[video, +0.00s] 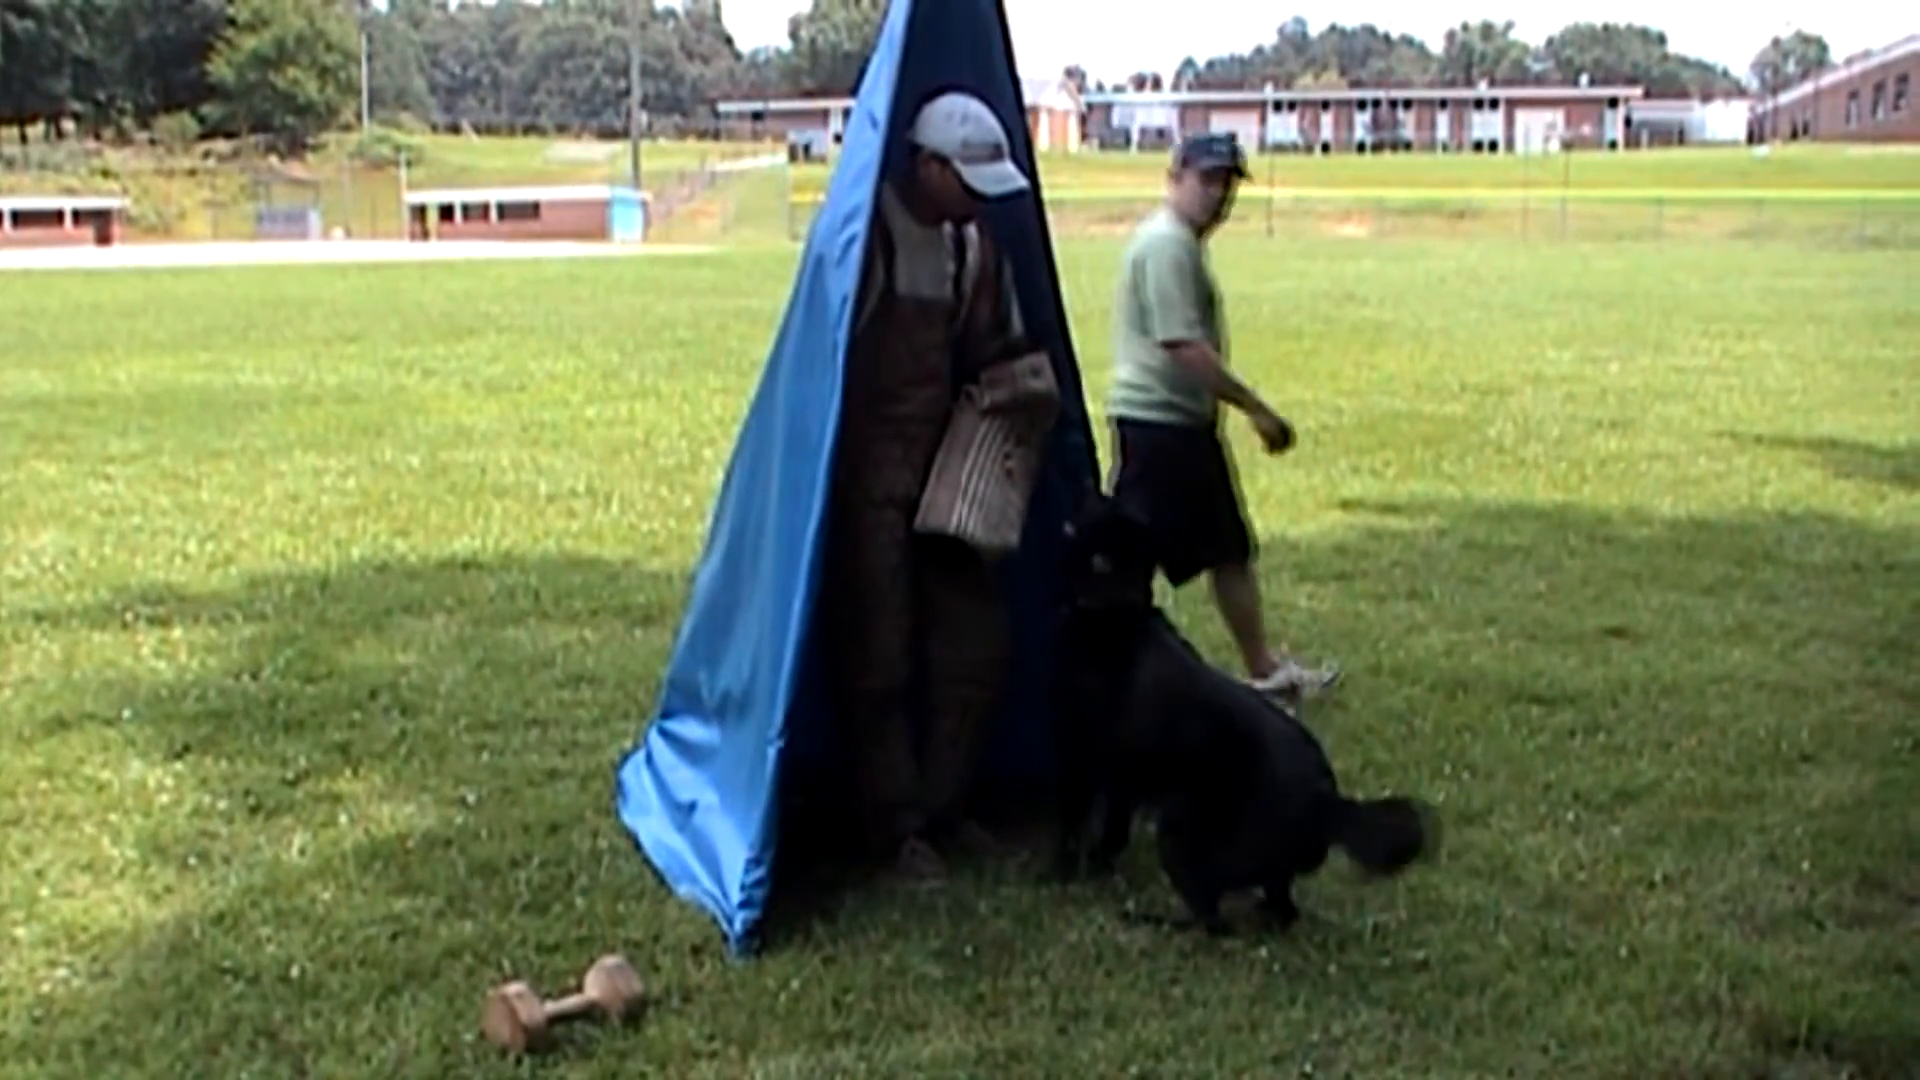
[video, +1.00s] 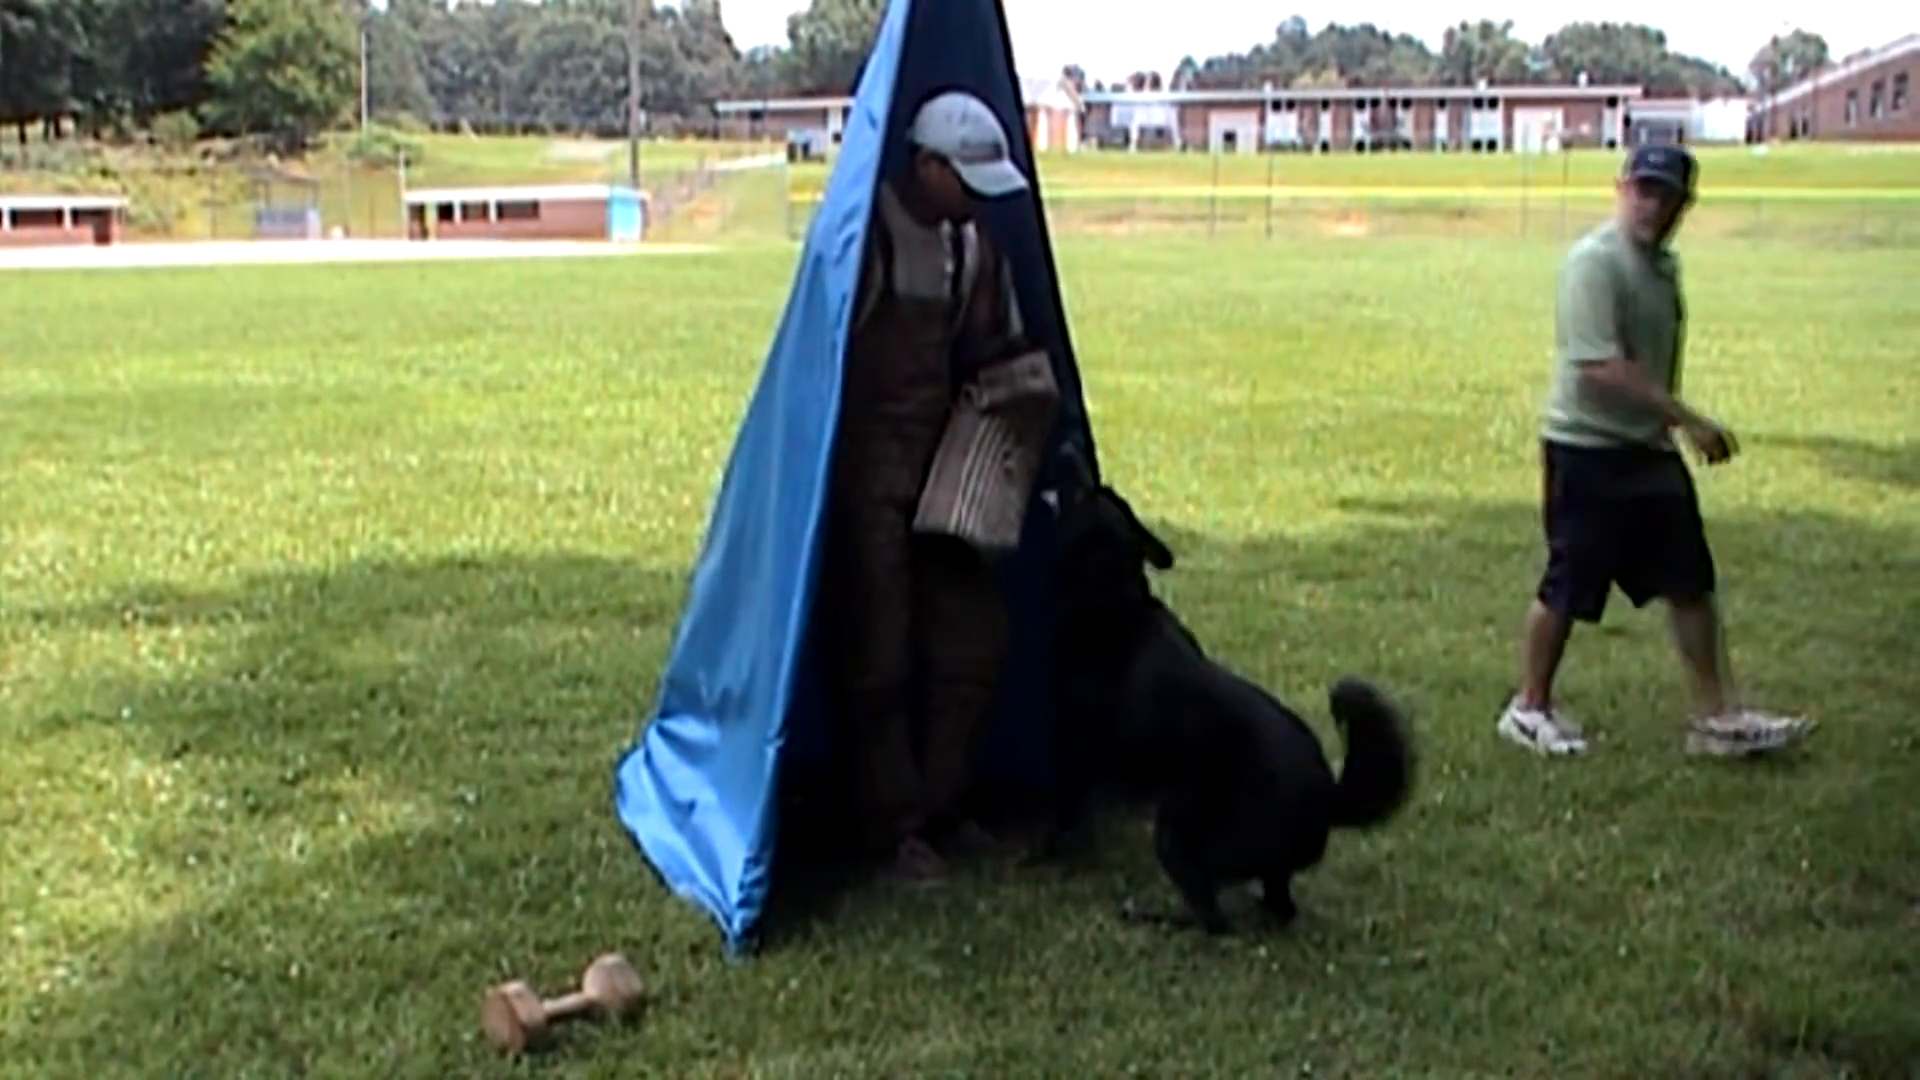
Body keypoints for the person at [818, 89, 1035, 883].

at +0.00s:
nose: (976, 200)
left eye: (983, 186)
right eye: (966, 183)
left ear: (975, 175)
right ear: (922, 164)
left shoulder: (978, 251)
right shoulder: (857, 243)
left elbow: (1004, 361)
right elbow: (819, 366)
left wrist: (1025, 381)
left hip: (956, 485)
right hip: (869, 486)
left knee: (968, 645)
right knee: (882, 658)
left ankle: (947, 811)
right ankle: (894, 830)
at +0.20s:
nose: (977, 201)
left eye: (983, 187)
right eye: (967, 184)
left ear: (976, 176)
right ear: (923, 164)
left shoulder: (978, 251)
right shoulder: (858, 243)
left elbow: (1005, 361)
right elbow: (820, 366)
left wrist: (1025, 381)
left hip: (957, 485)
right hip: (869, 486)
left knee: (967, 646)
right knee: (883, 658)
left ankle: (948, 811)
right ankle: (893, 829)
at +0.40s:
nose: (976, 201)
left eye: (983, 187)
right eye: (967, 183)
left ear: (976, 175)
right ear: (924, 165)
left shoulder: (978, 249)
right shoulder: (861, 241)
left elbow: (996, 358)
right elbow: (821, 364)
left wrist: (1026, 376)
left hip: (958, 476)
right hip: (871, 478)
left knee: (967, 640)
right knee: (884, 652)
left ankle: (950, 812)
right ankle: (895, 829)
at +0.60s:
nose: (975, 202)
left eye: (982, 188)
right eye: (966, 185)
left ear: (976, 177)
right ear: (923, 166)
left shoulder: (979, 250)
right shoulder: (859, 244)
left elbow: (1002, 359)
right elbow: (820, 368)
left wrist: (1022, 382)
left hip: (958, 480)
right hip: (870, 482)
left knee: (964, 644)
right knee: (884, 655)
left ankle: (948, 811)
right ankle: (895, 829)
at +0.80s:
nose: (974, 201)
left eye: (981, 187)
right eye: (965, 184)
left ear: (976, 176)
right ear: (923, 165)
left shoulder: (978, 248)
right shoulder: (859, 243)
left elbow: (998, 358)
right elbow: (818, 365)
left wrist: (1023, 380)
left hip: (957, 478)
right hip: (869, 479)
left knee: (966, 641)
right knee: (883, 654)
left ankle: (945, 812)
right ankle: (896, 830)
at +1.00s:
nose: (973, 200)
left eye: (981, 186)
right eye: (964, 183)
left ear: (976, 175)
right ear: (923, 165)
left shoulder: (978, 248)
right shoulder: (860, 243)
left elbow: (1002, 359)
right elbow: (820, 366)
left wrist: (1022, 384)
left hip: (957, 482)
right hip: (870, 483)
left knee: (966, 644)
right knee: (883, 656)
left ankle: (946, 811)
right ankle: (894, 829)